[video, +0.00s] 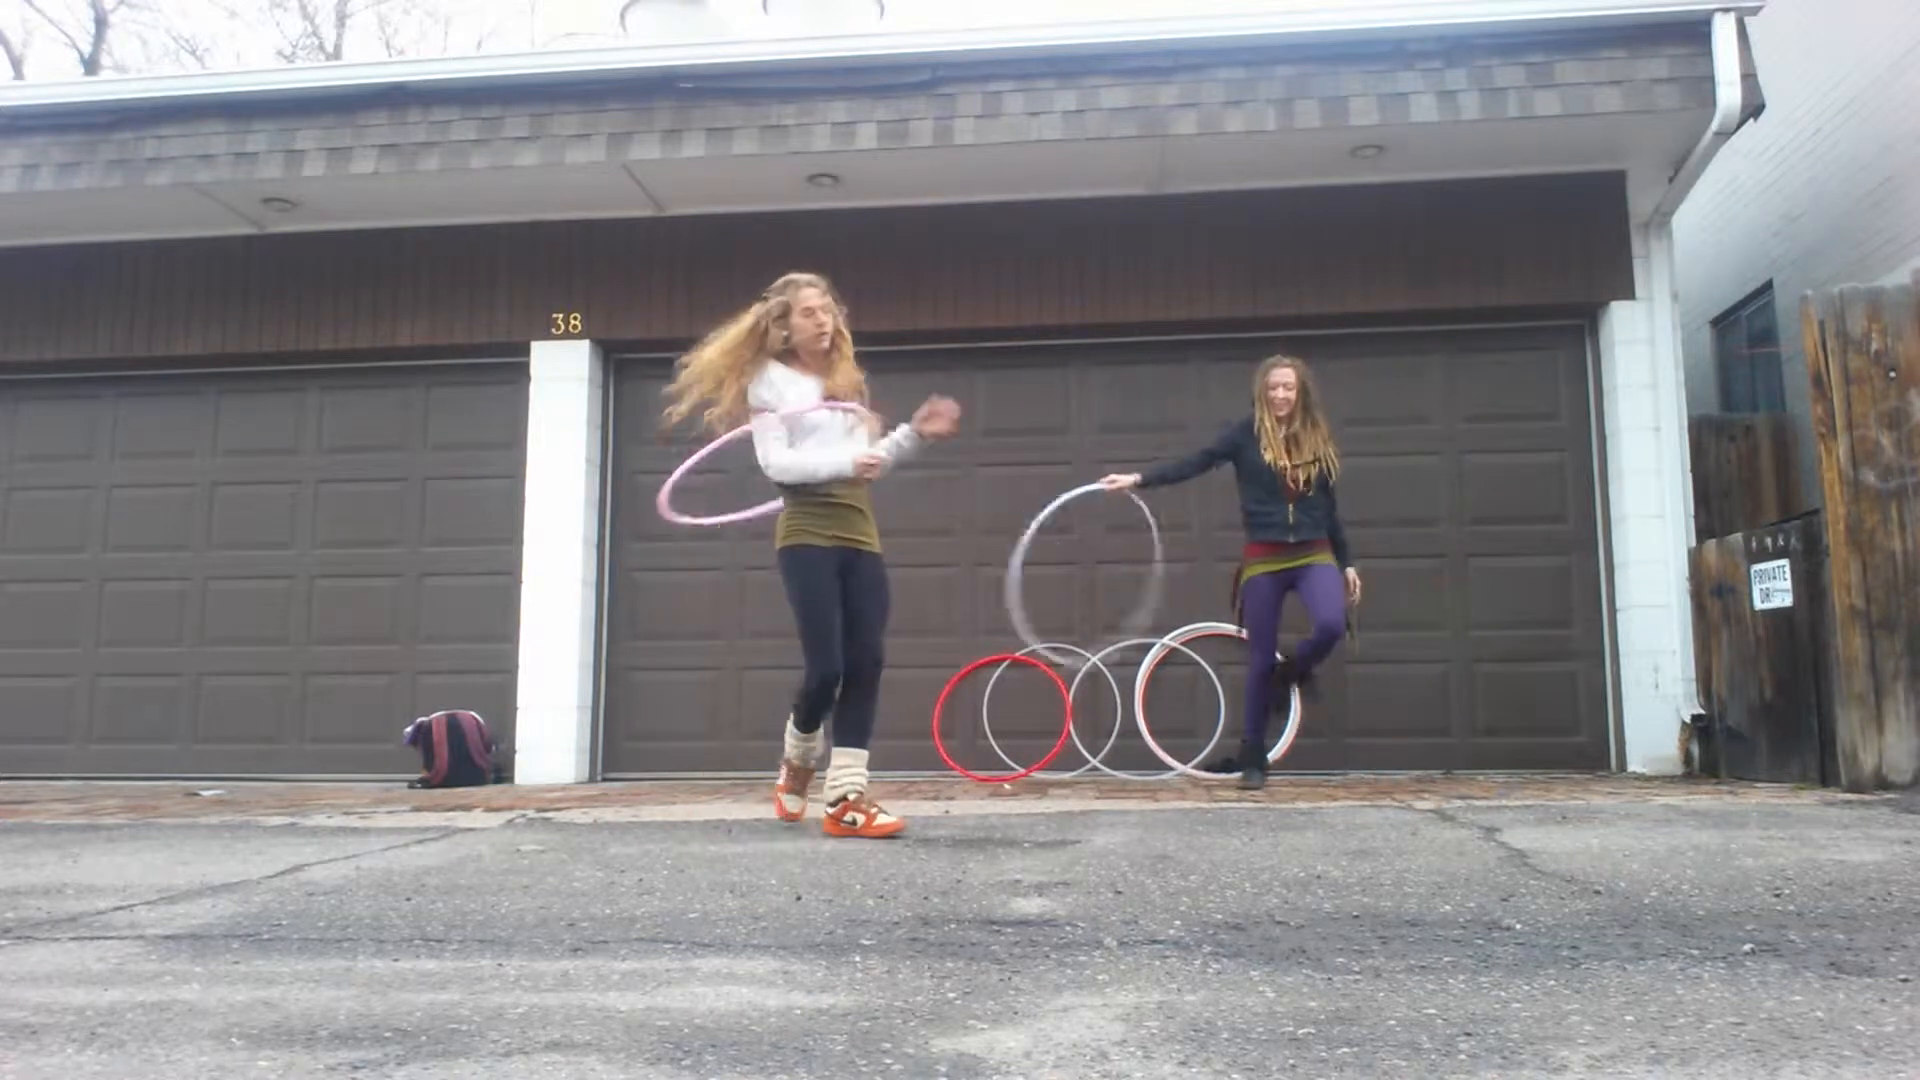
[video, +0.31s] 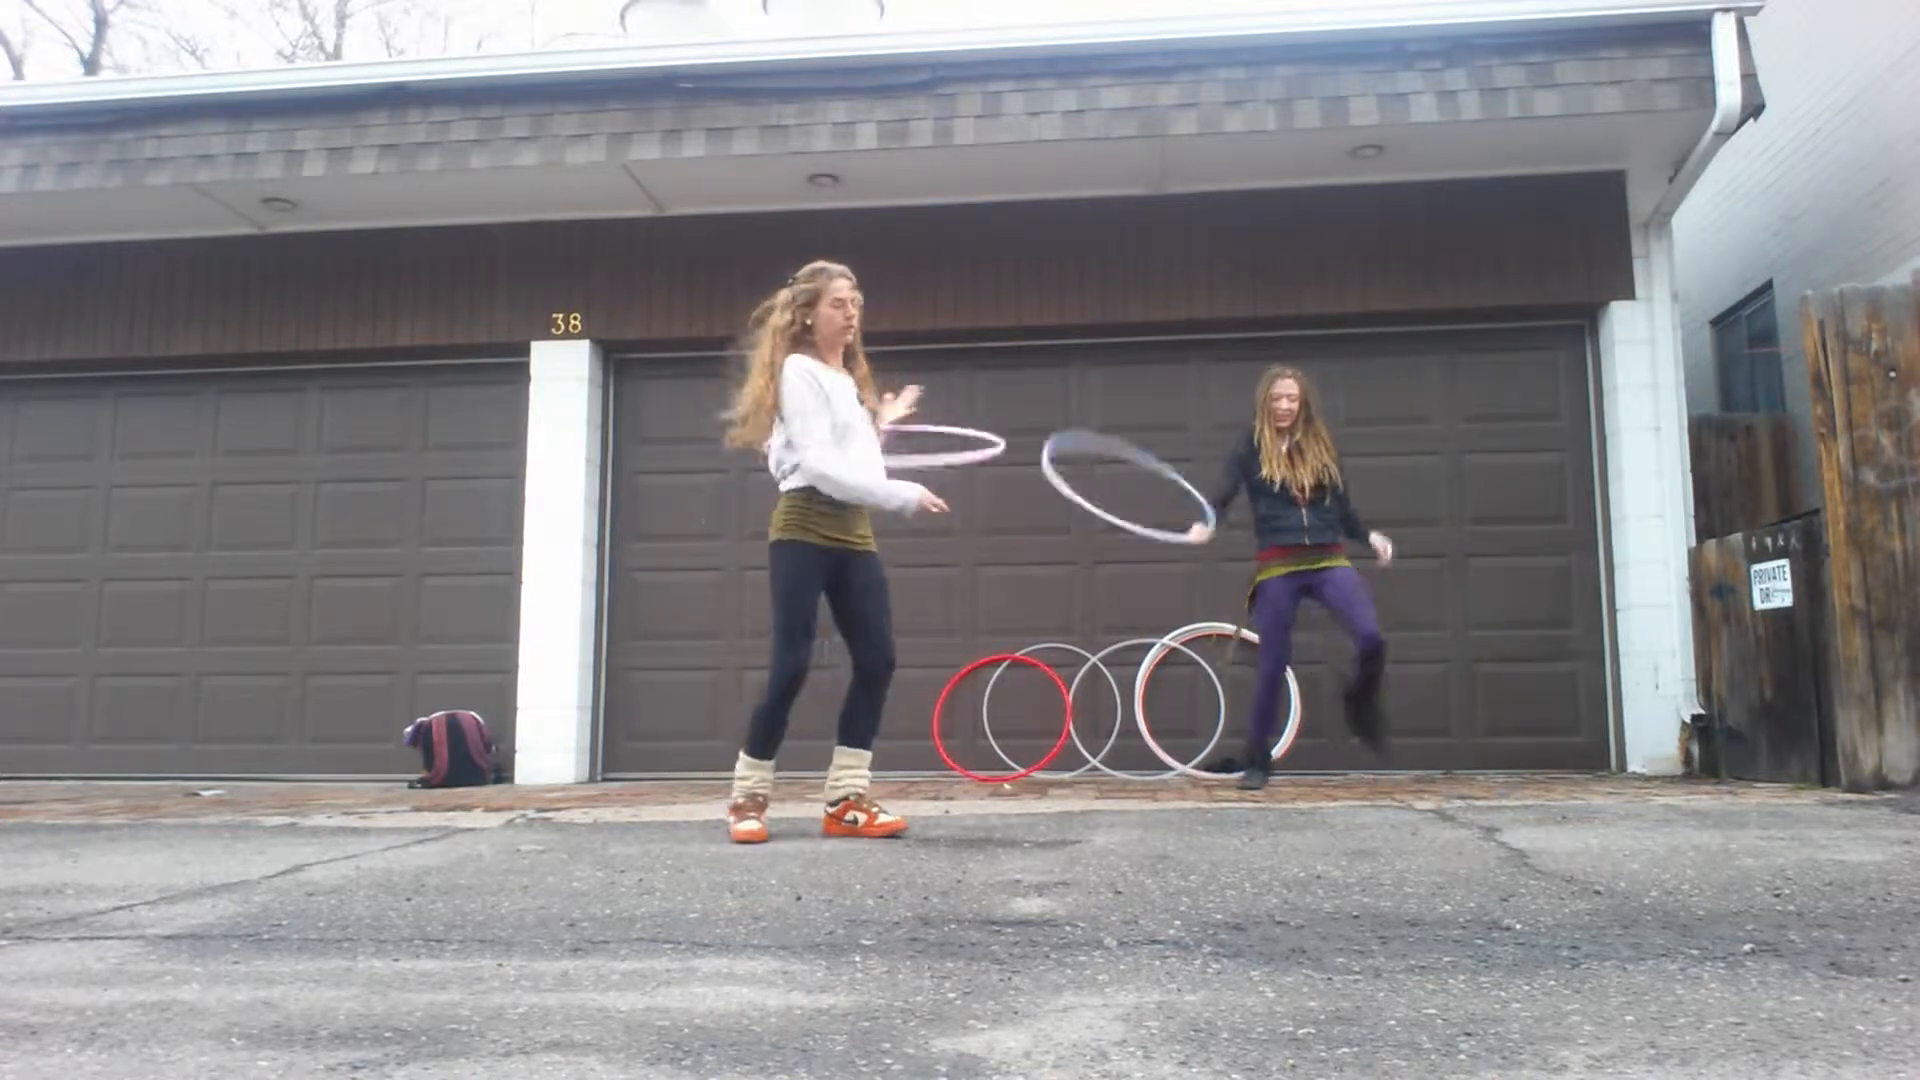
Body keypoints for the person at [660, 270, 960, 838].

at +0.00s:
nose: (822, 320)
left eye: (826, 310)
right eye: (808, 313)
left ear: (836, 318)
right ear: (784, 326)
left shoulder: (847, 382)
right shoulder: (770, 381)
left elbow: (864, 461)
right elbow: (774, 462)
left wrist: (915, 431)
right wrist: (847, 461)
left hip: (859, 531)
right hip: (806, 530)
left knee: (867, 662)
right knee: (828, 669)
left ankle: (846, 797)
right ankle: (799, 760)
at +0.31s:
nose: (851, 312)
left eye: (854, 303)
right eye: (838, 303)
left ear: (857, 314)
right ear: (808, 314)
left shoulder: (845, 380)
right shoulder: (797, 373)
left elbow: (846, 444)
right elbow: (817, 460)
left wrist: (883, 417)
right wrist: (902, 494)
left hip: (853, 529)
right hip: (802, 525)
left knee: (876, 661)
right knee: (791, 666)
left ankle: (846, 800)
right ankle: (749, 799)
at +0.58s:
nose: (871, 337)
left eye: (876, 326)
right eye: (857, 327)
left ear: (884, 331)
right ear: (827, 333)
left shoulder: (900, 391)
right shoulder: (798, 403)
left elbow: (925, 462)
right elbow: (785, 489)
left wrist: (942, 495)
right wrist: (808, 512)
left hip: (882, 538)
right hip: (822, 539)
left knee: (887, 663)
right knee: (829, 650)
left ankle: (850, 796)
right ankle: (807, 785)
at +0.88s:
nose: (924, 361)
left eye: (929, 348)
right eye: (911, 350)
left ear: (935, 349)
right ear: (875, 353)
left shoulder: (938, 402)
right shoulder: (834, 415)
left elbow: (938, 491)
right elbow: (811, 499)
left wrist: (946, 565)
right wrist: (821, 518)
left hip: (902, 542)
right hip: (847, 545)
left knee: (909, 667)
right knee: (897, 663)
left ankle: (851, 794)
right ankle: (909, 797)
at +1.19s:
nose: (994, 306)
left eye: (993, 296)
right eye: (991, 296)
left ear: (929, 292)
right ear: (975, 300)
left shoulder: (881, 342)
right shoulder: (970, 375)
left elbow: (855, 432)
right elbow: (959, 480)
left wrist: (956, 463)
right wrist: (1004, 515)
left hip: (841, 518)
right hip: (902, 525)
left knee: (880, 654)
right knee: (936, 667)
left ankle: (833, 780)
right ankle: (925, 812)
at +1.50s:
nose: (893, 263)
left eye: (906, 254)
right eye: (899, 251)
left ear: (933, 273)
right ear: (962, 279)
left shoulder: (903, 345)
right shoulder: (982, 349)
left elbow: (854, 432)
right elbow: (976, 433)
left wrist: (779, 456)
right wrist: (900, 461)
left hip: (913, 514)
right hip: (963, 514)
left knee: (884, 659)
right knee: (916, 661)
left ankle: (1001, 767)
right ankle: (909, 813)